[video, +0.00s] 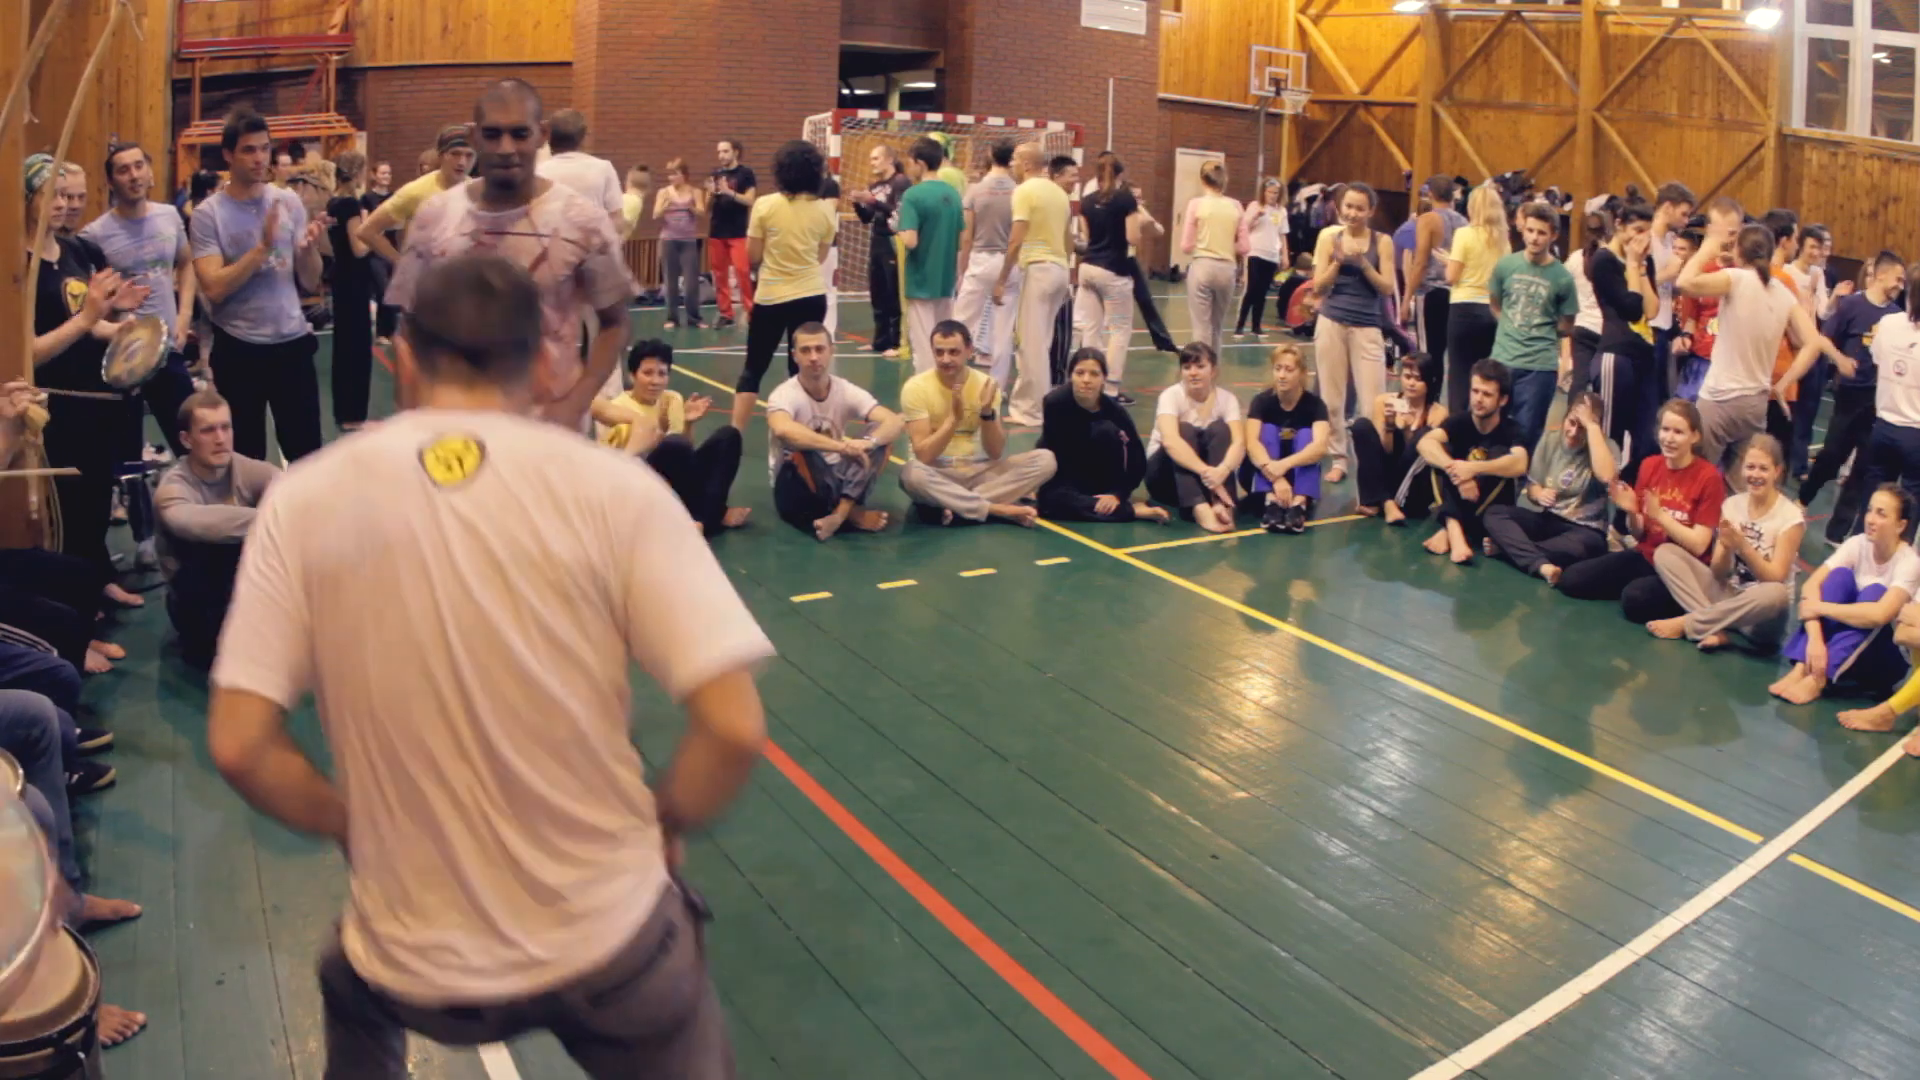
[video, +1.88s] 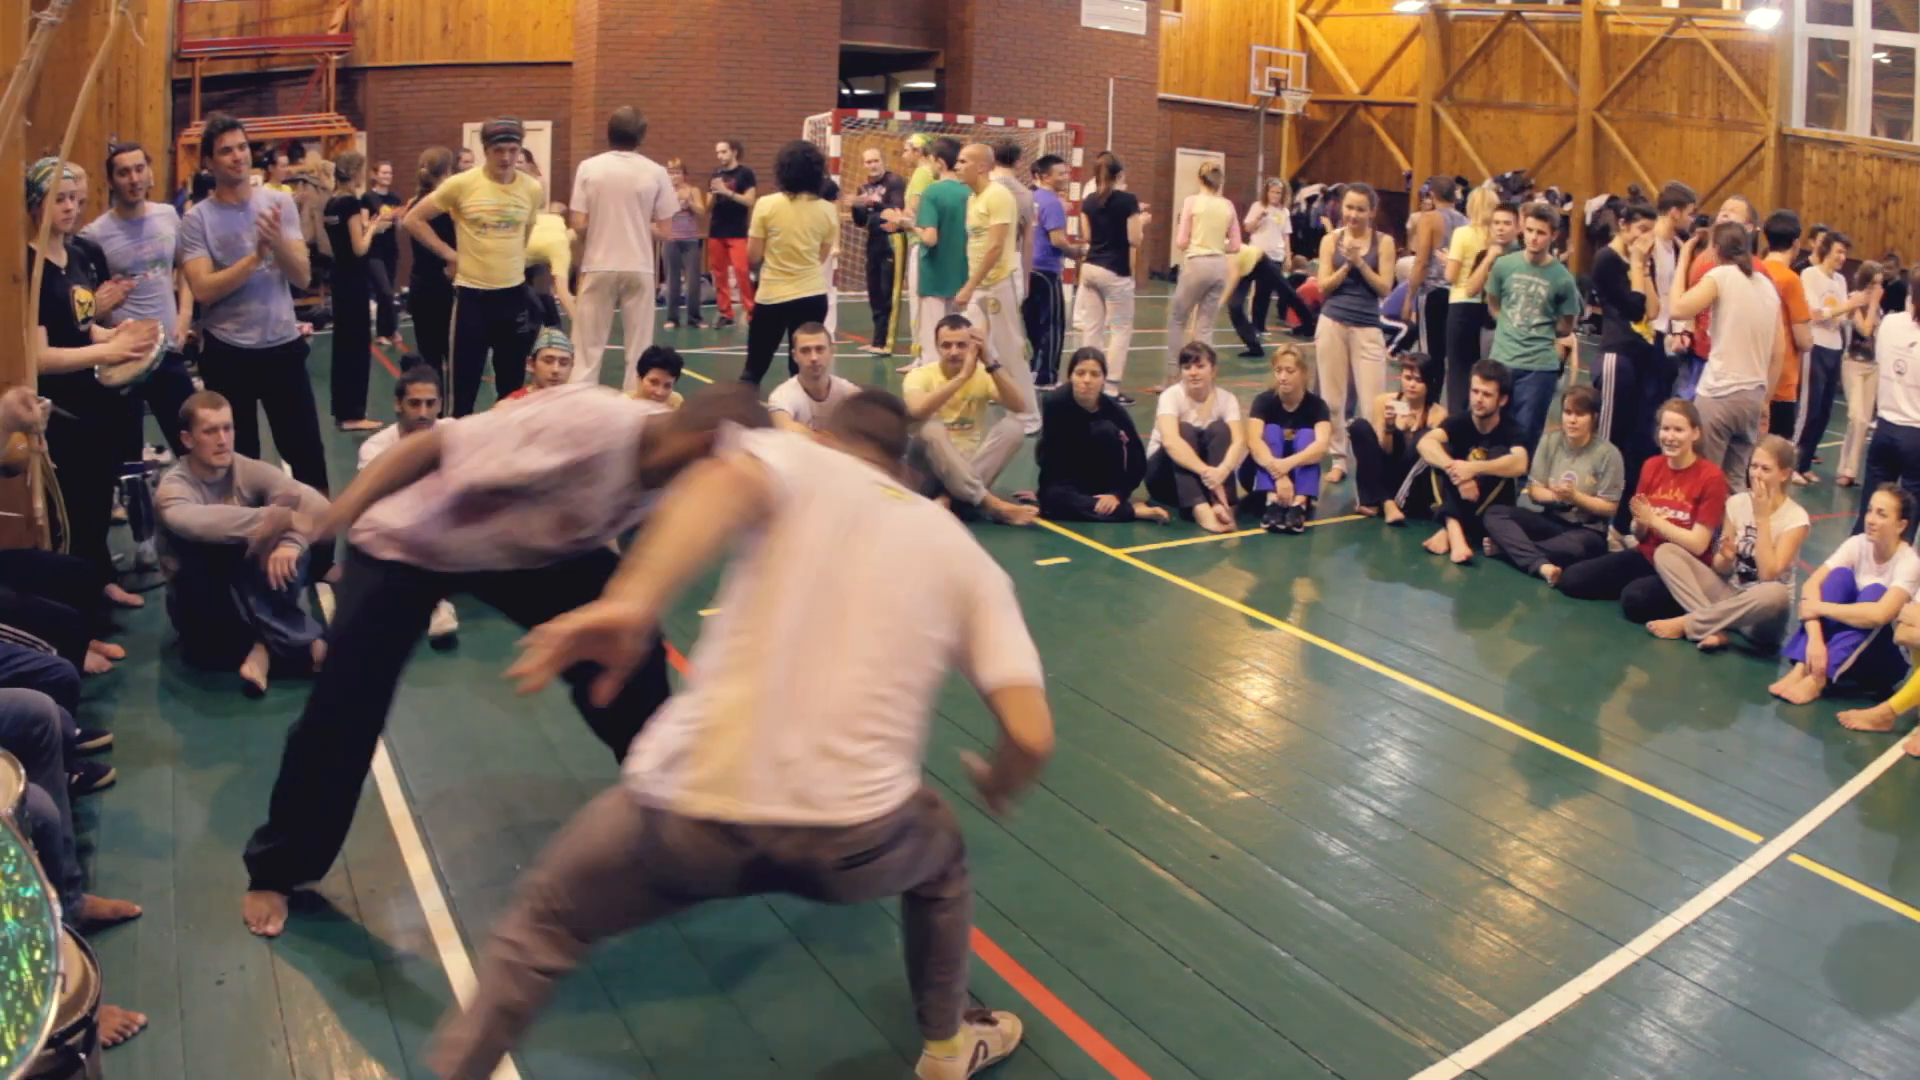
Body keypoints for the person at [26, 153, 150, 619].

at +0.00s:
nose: (68, 204)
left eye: (74, 197)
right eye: (58, 195)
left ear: (80, 201)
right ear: (32, 198)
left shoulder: (79, 251)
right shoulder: (19, 262)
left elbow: (87, 321)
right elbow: (27, 354)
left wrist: (119, 323)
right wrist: (86, 316)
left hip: (95, 391)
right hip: (53, 397)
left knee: (97, 494)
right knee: (72, 498)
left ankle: (100, 576)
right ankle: (78, 592)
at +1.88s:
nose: (73, 207)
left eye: (79, 199)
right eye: (62, 199)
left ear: (85, 202)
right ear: (37, 202)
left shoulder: (83, 255)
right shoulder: (27, 264)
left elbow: (85, 325)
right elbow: (36, 356)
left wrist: (121, 335)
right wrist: (104, 351)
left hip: (96, 392)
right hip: (58, 401)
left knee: (98, 495)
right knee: (71, 499)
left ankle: (102, 577)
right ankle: (77, 591)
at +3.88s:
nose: (77, 204)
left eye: (81, 195)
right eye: (68, 196)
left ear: (83, 199)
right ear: (37, 202)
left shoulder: (84, 254)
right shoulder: (19, 265)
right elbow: (22, 355)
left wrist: (115, 307)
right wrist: (86, 333)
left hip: (95, 387)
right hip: (53, 395)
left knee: (99, 490)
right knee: (69, 499)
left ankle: (101, 577)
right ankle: (76, 601)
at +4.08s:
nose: (74, 205)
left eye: (80, 196)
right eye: (64, 196)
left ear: (85, 199)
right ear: (33, 202)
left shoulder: (83, 254)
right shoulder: (18, 265)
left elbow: (80, 325)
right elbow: (32, 353)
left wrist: (117, 327)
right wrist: (91, 316)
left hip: (92, 389)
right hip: (49, 396)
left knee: (98, 485)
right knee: (65, 489)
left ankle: (101, 575)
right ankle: (71, 589)